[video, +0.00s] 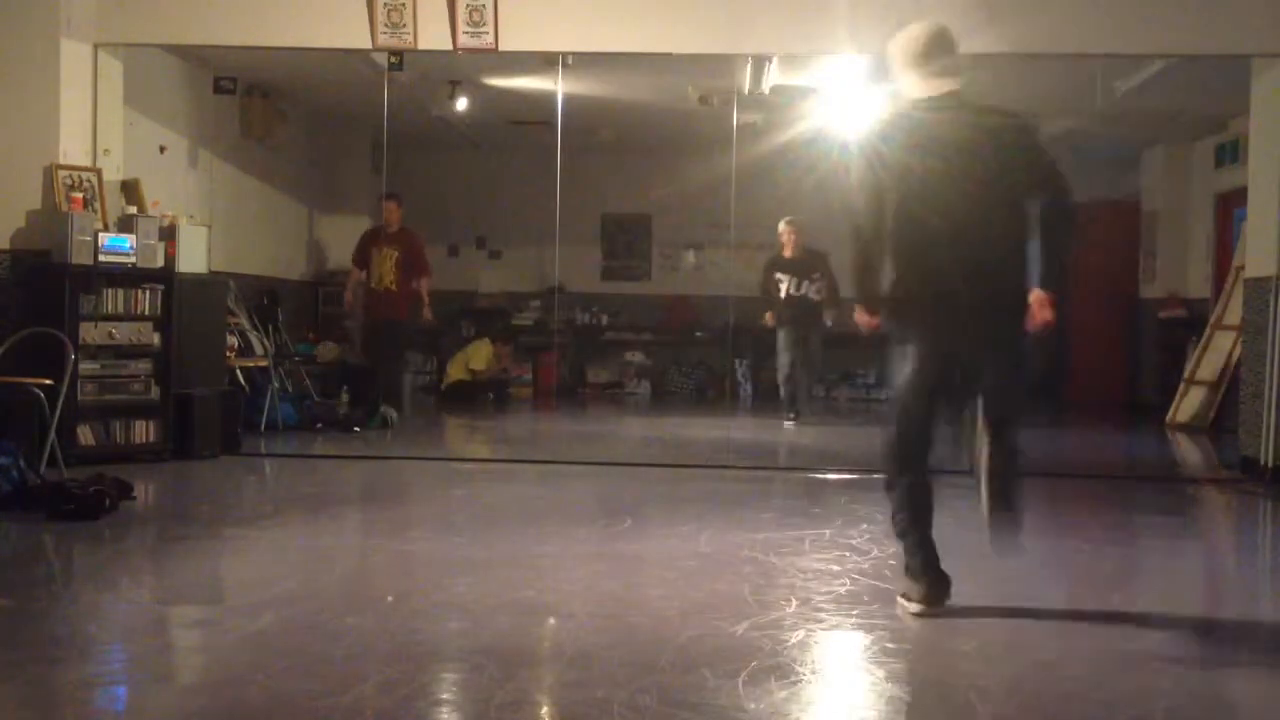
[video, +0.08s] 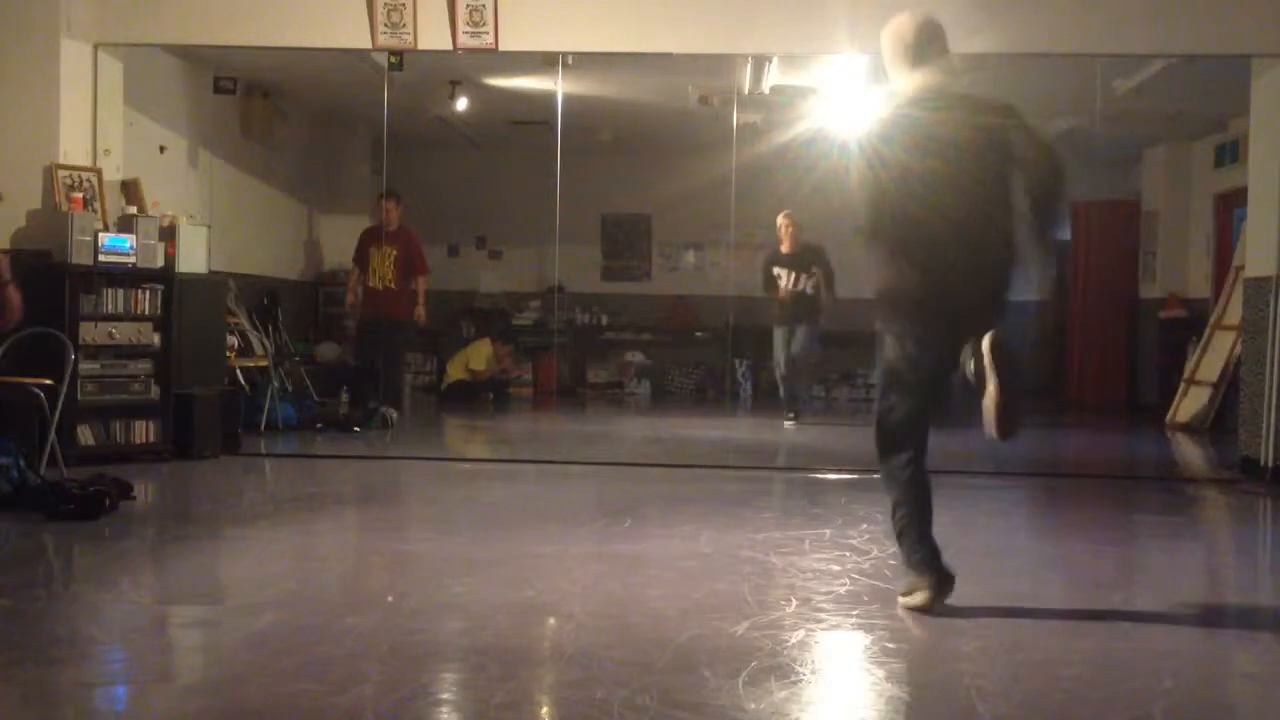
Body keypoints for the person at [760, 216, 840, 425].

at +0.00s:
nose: (792, 238)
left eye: (795, 233)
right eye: (788, 234)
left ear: (802, 235)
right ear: (780, 237)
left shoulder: (817, 259)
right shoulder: (774, 263)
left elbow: (830, 286)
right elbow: (766, 291)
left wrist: (832, 307)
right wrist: (768, 310)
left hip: (812, 317)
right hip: (786, 318)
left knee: (811, 363)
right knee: (786, 363)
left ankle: (806, 404)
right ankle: (789, 409)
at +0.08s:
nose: (788, 231)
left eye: (791, 226)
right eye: (784, 227)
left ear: (799, 229)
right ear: (778, 231)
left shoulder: (814, 252)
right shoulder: (773, 258)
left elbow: (828, 275)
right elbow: (768, 286)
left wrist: (828, 295)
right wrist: (778, 294)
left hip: (807, 312)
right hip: (783, 314)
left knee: (798, 354)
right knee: (781, 363)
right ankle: (790, 408)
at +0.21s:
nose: (794, 221)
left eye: (797, 216)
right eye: (789, 216)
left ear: (801, 219)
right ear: (780, 219)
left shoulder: (811, 243)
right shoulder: (772, 246)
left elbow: (824, 268)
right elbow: (760, 277)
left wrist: (803, 261)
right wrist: (780, 260)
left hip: (801, 299)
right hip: (777, 300)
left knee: (789, 347)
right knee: (783, 350)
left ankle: (790, 395)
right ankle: (790, 396)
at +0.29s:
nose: (787, 224)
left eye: (790, 220)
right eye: (782, 220)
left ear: (796, 221)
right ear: (774, 222)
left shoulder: (807, 244)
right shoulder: (770, 246)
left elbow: (824, 272)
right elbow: (762, 270)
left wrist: (812, 257)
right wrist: (788, 255)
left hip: (800, 303)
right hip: (776, 304)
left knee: (799, 355)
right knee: (784, 358)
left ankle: (796, 401)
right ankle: (802, 407)